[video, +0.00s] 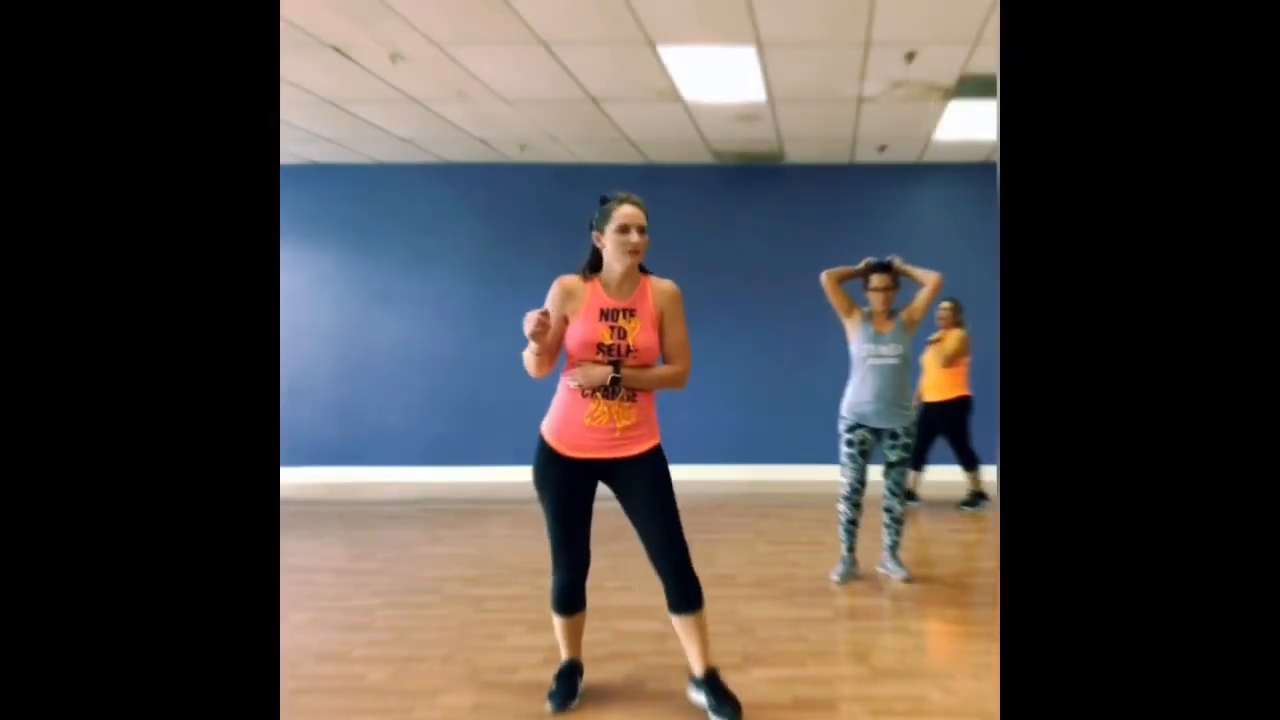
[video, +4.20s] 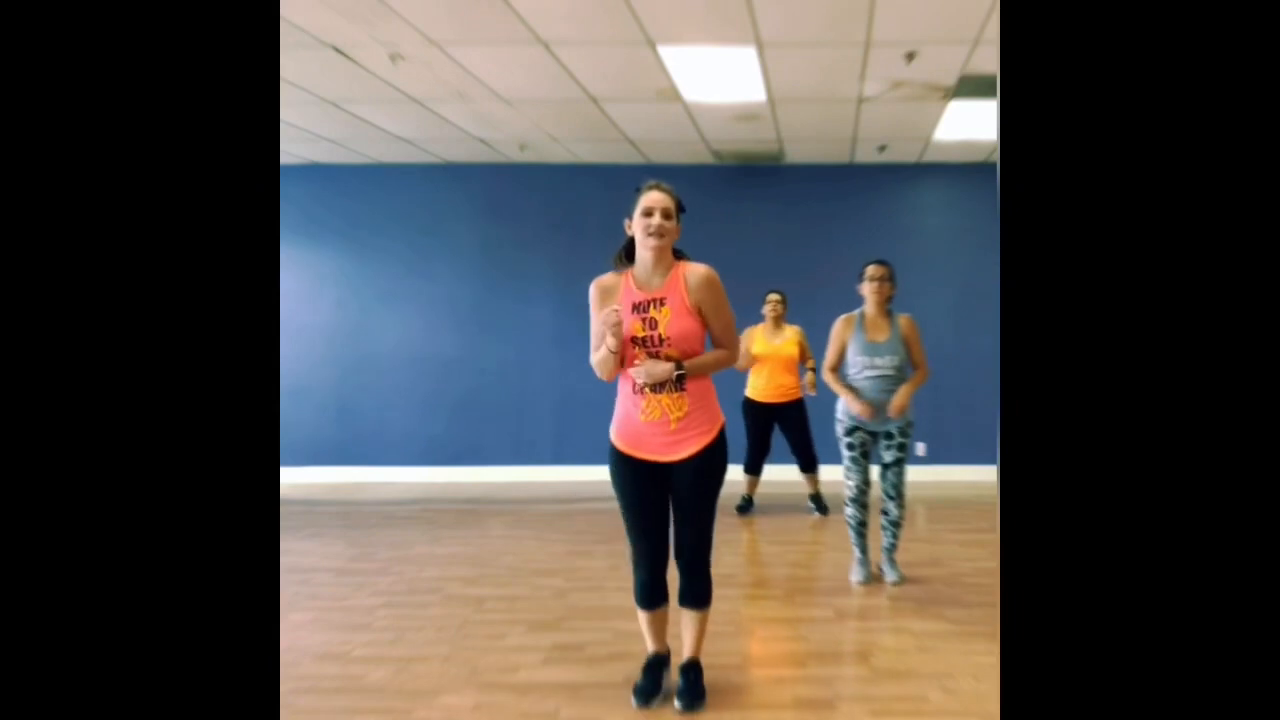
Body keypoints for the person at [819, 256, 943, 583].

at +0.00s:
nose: (882, 296)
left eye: (888, 290)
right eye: (876, 290)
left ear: (896, 292)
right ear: (866, 292)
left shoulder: (907, 322)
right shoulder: (854, 319)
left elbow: (935, 281)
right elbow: (827, 278)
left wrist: (904, 268)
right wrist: (858, 270)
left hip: (899, 419)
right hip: (858, 416)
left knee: (895, 492)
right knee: (851, 490)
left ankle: (891, 555)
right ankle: (847, 557)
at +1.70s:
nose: (844, 293)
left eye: (851, 287)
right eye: (839, 286)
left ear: (860, 291)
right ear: (828, 291)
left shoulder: (870, 322)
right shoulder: (815, 321)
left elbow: (909, 303)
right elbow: (784, 291)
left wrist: (874, 282)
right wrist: (816, 279)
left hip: (862, 418)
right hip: (820, 418)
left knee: (881, 484)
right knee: (823, 491)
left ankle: (877, 555)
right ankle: (828, 560)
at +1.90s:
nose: (851, 288)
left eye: (857, 283)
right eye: (845, 283)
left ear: (866, 289)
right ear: (835, 289)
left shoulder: (878, 323)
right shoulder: (822, 322)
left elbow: (922, 337)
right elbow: (776, 331)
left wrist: (903, 299)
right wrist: (796, 294)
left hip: (870, 418)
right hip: (827, 418)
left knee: (890, 486)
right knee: (827, 491)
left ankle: (899, 554)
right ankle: (828, 560)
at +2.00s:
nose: (858, 288)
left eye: (864, 283)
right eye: (852, 282)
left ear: (873, 289)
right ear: (842, 289)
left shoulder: (885, 324)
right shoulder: (828, 324)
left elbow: (920, 358)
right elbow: (796, 357)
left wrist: (920, 327)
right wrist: (793, 324)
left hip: (877, 420)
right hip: (834, 419)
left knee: (894, 488)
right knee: (831, 491)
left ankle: (906, 557)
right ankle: (828, 560)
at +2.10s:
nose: (867, 288)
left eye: (873, 282)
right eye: (861, 282)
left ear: (882, 290)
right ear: (850, 290)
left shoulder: (895, 326)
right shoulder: (836, 327)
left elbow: (916, 365)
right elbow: (818, 370)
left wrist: (930, 364)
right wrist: (803, 366)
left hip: (888, 421)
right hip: (844, 421)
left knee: (900, 491)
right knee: (838, 491)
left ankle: (907, 558)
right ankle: (829, 560)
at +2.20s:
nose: (877, 288)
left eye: (883, 282)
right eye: (870, 282)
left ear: (892, 289)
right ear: (860, 290)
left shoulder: (904, 325)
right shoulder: (846, 328)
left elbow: (921, 366)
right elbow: (837, 372)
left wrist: (932, 390)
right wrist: (826, 399)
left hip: (899, 421)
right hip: (855, 421)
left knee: (907, 491)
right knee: (844, 490)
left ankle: (908, 558)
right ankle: (831, 559)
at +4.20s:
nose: (878, 285)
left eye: (884, 279)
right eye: (872, 280)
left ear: (892, 287)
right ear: (861, 286)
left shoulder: (904, 325)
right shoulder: (845, 324)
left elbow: (921, 369)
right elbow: (828, 370)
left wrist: (905, 392)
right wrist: (852, 400)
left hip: (894, 418)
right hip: (854, 418)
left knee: (893, 491)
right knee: (857, 490)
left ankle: (889, 557)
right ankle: (860, 558)